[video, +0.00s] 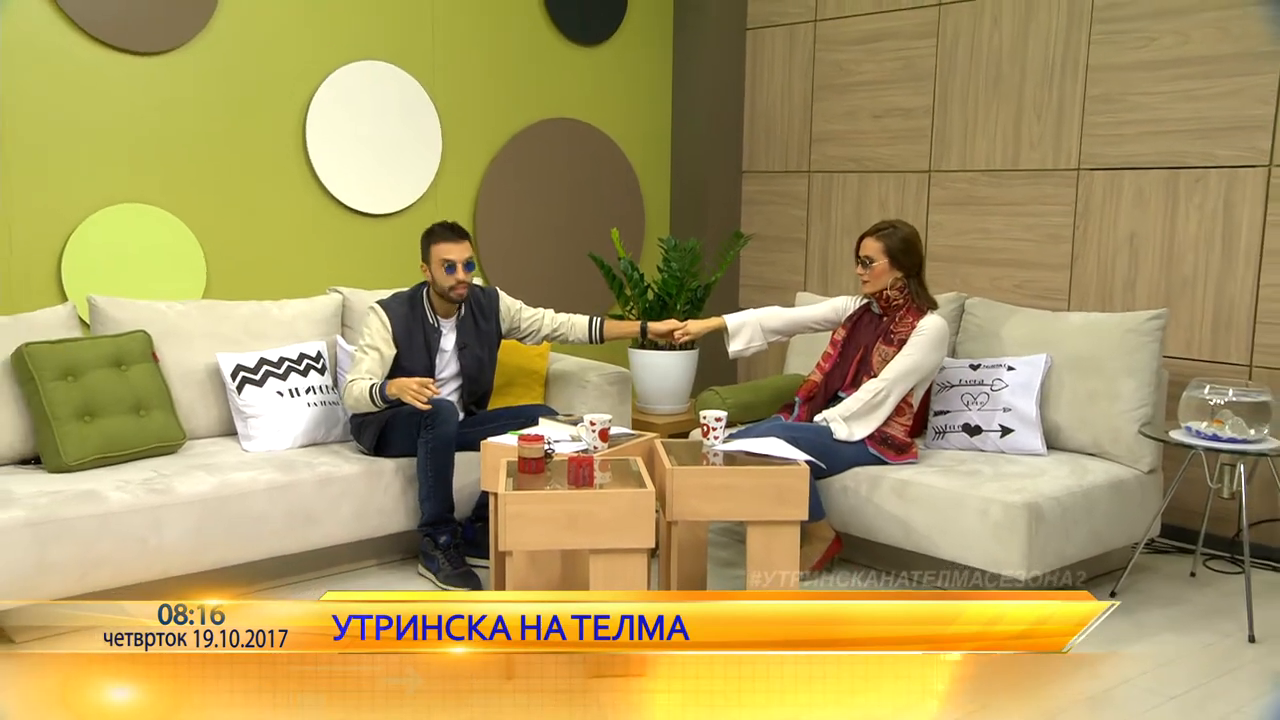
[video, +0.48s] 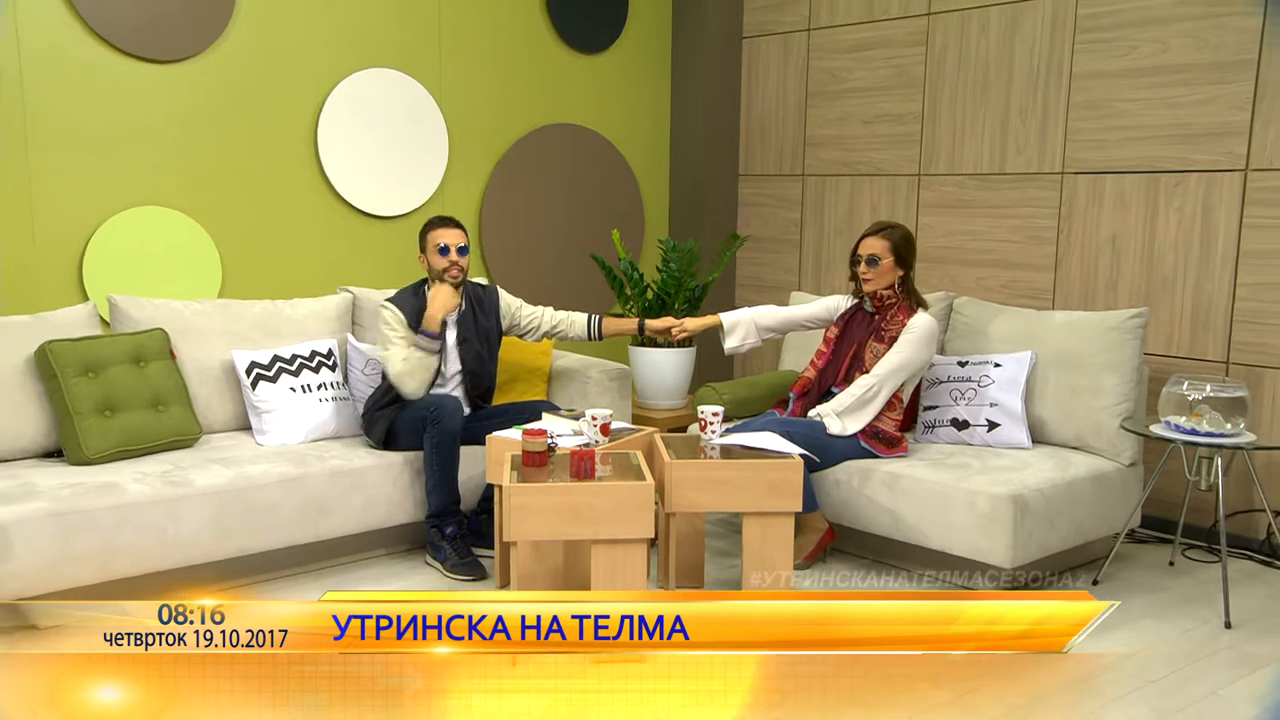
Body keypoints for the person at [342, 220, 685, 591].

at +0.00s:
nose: (461, 277)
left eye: (467, 265)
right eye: (448, 267)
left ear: (474, 265)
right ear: (426, 270)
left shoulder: (490, 304)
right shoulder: (388, 315)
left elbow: (558, 325)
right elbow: (353, 392)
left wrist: (645, 329)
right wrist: (390, 387)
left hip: (458, 422)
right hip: (389, 426)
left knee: (545, 420)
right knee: (442, 410)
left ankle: (478, 530)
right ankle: (438, 544)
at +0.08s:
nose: (458, 269)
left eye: (465, 259)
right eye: (445, 261)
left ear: (472, 261)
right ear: (424, 266)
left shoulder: (490, 304)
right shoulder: (390, 315)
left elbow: (558, 324)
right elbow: (355, 391)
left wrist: (644, 328)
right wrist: (392, 387)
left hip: (460, 421)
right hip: (391, 425)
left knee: (545, 419)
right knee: (442, 410)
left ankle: (480, 528)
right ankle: (439, 542)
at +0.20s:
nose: (457, 264)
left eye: (463, 254)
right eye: (444, 256)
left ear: (470, 259)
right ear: (424, 264)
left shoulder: (490, 302)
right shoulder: (391, 313)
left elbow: (560, 323)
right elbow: (358, 390)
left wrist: (644, 326)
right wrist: (395, 384)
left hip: (462, 420)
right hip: (392, 423)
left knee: (546, 417)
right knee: (442, 408)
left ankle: (482, 526)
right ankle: (440, 540)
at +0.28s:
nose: (457, 262)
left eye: (464, 253)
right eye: (445, 254)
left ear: (471, 258)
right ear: (424, 263)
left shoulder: (490, 302)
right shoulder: (392, 312)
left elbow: (559, 323)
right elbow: (360, 390)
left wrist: (643, 325)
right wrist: (396, 381)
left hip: (463, 419)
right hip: (393, 422)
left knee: (546, 416)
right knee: (443, 408)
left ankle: (483, 524)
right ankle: (442, 537)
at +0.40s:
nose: (456, 260)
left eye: (463, 251)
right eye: (444, 252)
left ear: (470, 257)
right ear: (424, 261)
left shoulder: (489, 301)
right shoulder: (394, 312)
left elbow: (556, 323)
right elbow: (382, 393)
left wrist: (642, 325)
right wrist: (416, 350)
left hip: (464, 418)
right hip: (394, 421)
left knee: (547, 415)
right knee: (444, 406)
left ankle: (485, 521)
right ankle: (443, 534)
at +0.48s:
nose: (455, 258)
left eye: (462, 250)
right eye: (443, 251)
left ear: (469, 255)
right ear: (424, 259)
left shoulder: (488, 299)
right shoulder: (398, 310)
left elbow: (555, 322)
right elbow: (410, 383)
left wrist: (642, 326)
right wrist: (433, 320)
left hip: (465, 416)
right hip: (398, 419)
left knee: (548, 415)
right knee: (446, 406)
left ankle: (486, 520)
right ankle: (445, 533)